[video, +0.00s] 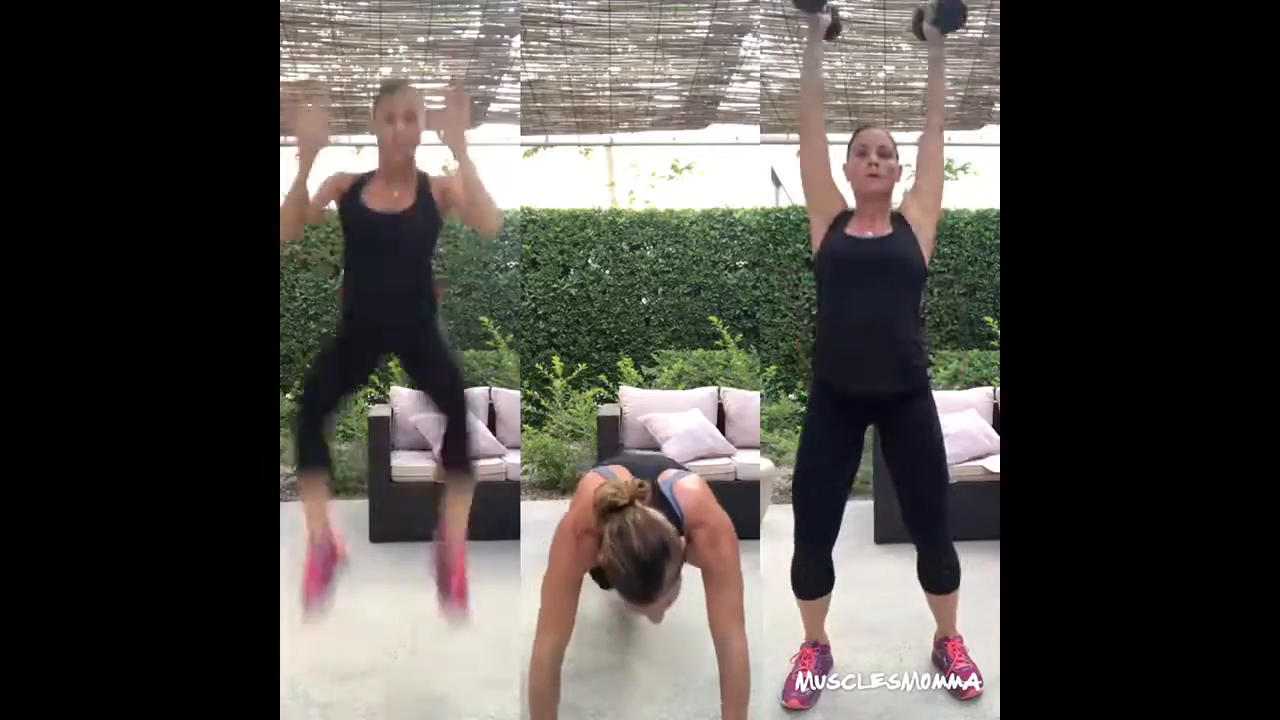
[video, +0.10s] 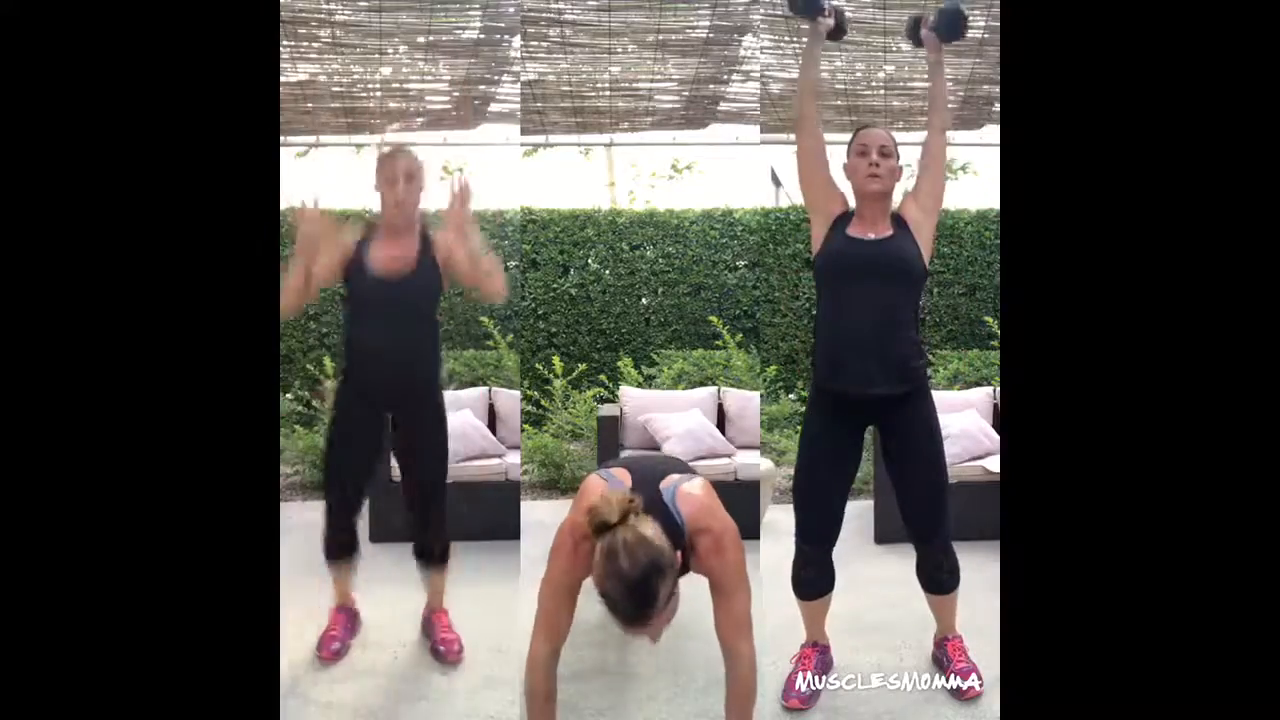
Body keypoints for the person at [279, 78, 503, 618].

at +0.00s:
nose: (400, 128)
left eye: (410, 118)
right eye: (390, 118)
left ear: (423, 126)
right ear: (374, 126)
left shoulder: (439, 186)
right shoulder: (349, 184)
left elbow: (489, 223)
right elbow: (288, 229)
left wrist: (459, 146)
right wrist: (307, 156)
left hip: (417, 331)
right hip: (361, 330)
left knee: (458, 413)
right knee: (309, 412)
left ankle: (452, 546)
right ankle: (322, 542)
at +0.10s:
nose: (402, 190)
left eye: (411, 179)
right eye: (393, 180)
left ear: (423, 186)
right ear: (378, 185)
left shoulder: (439, 242)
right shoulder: (352, 243)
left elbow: (496, 290)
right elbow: (290, 303)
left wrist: (466, 234)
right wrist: (305, 249)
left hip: (419, 394)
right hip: (360, 393)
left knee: (431, 505)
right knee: (340, 502)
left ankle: (436, 611)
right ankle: (343, 608)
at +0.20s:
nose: (401, 205)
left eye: (411, 195)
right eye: (390, 196)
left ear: (425, 202)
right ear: (375, 202)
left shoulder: (448, 263)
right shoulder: (349, 259)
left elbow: (492, 334)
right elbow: (311, 331)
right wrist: (300, 319)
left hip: (422, 405)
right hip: (359, 404)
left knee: (438, 511)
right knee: (341, 511)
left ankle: (437, 611)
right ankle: (346, 611)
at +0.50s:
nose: (404, 241)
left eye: (414, 230)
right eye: (394, 230)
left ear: (429, 217)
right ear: (377, 216)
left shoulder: (452, 262)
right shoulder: (349, 258)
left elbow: (487, 336)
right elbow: (317, 338)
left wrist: (483, 374)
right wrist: (310, 408)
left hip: (427, 394)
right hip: (367, 393)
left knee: (431, 502)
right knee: (360, 498)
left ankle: (437, 610)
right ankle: (347, 608)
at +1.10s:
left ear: (422, 530)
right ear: (363, 530)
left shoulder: (443, 492)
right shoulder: (340, 489)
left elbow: (461, 605)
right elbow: (320, 607)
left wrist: (469, 700)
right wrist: (312, 708)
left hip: (424, 359)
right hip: (355, 359)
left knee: (444, 488)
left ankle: (447, 600)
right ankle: (342, 596)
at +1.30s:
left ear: (417, 570)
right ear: (348, 566)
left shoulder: (450, 513)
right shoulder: (332, 513)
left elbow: (473, 622)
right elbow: (303, 627)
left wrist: (468, 707)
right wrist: (311, 708)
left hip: (424, 405)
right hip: (354, 406)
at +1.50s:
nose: (393, 606)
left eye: (405, 591)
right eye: (381, 597)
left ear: (424, 541)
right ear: (351, 548)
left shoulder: (452, 510)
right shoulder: (328, 516)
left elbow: (471, 619)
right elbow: (302, 627)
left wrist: (467, 707)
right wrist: (311, 709)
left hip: (430, 466)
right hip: (354, 466)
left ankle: (436, 549)